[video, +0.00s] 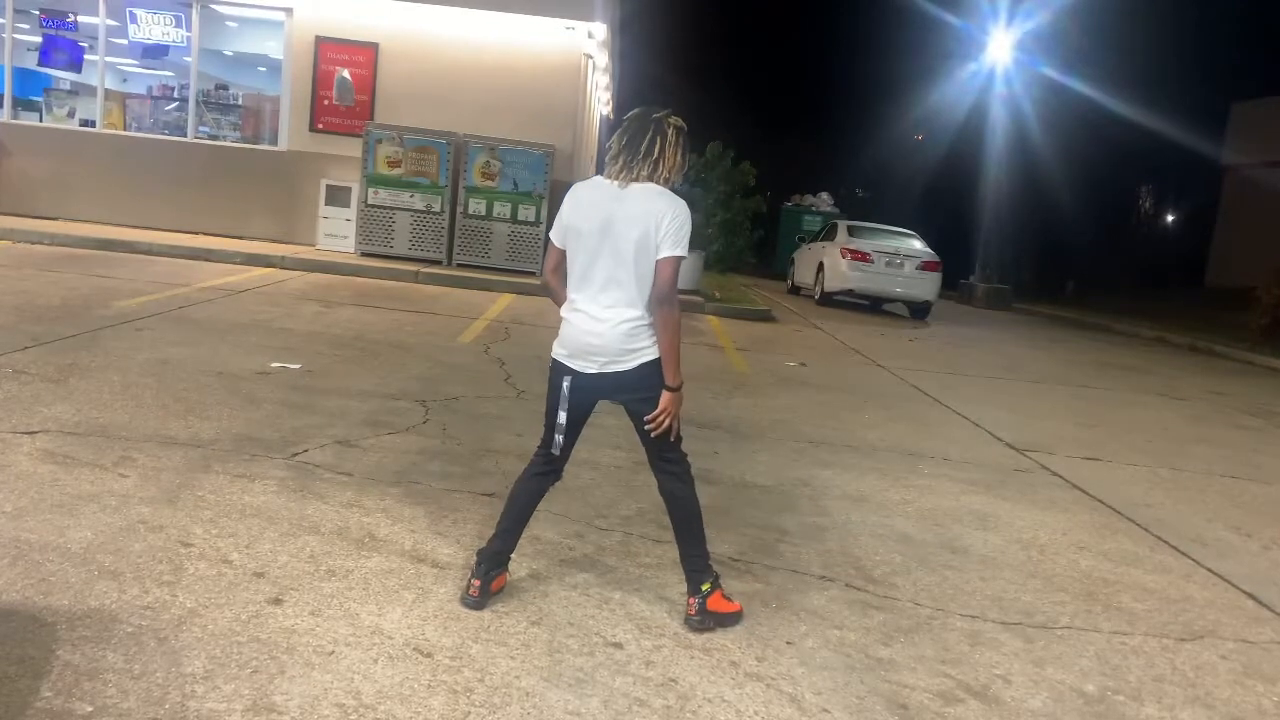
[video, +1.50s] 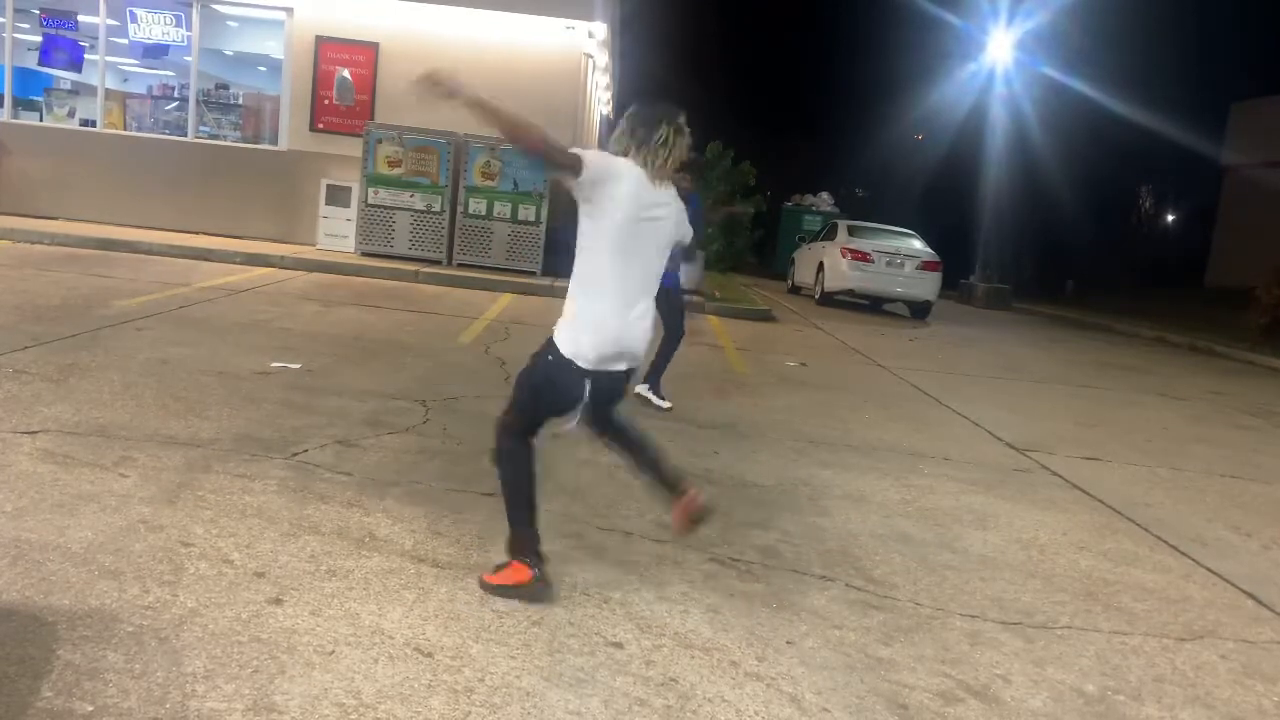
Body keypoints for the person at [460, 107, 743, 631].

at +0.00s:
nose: (680, 163)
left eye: (680, 156)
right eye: (678, 155)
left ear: (620, 144)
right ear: (666, 154)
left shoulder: (579, 194)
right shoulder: (670, 207)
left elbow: (552, 272)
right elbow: (663, 295)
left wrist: (580, 315)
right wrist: (672, 383)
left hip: (573, 360)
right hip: (637, 365)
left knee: (545, 462)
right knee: (671, 468)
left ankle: (485, 572)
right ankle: (702, 591)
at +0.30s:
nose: (680, 163)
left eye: (680, 155)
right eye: (678, 154)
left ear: (621, 143)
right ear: (667, 153)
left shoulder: (579, 193)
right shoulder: (671, 207)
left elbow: (553, 271)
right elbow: (666, 297)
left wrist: (581, 314)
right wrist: (676, 383)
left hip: (574, 360)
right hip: (639, 364)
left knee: (545, 460)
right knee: (674, 467)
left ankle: (485, 571)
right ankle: (704, 590)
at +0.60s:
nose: (675, 160)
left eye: (675, 152)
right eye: (673, 151)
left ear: (615, 146)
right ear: (663, 152)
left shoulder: (578, 197)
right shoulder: (672, 205)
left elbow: (551, 276)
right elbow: (698, 289)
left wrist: (584, 318)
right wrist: (726, 366)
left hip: (579, 359)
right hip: (643, 361)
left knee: (548, 459)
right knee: (677, 465)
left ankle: (486, 571)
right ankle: (705, 590)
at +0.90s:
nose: (663, 169)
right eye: (661, 160)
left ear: (606, 150)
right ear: (653, 161)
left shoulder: (562, 198)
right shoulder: (657, 213)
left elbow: (540, 281)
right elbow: (715, 267)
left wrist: (567, 319)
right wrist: (787, 306)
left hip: (571, 362)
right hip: (637, 361)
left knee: (543, 460)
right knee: (669, 462)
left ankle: (514, 575)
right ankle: (706, 585)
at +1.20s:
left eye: (606, 157)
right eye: (671, 173)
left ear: (610, 164)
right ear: (661, 175)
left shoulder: (584, 207)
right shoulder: (667, 234)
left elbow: (491, 237)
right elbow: (692, 311)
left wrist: (522, 289)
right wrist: (713, 392)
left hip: (537, 358)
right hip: (571, 365)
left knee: (505, 455)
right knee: (463, 324)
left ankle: (526, 568)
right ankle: (349, 311)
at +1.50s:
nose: (616, 131)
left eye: (622, 126)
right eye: (622, 129)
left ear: (628, 134)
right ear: (672, 150)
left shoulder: (605, 170)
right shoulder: (674, 204)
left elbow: (536, 142)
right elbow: (678, 249)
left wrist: (466, 96)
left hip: (581, 342)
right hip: (635, 345)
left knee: (513, 431)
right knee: (603, 416)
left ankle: (525, 562)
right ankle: (680, 493)